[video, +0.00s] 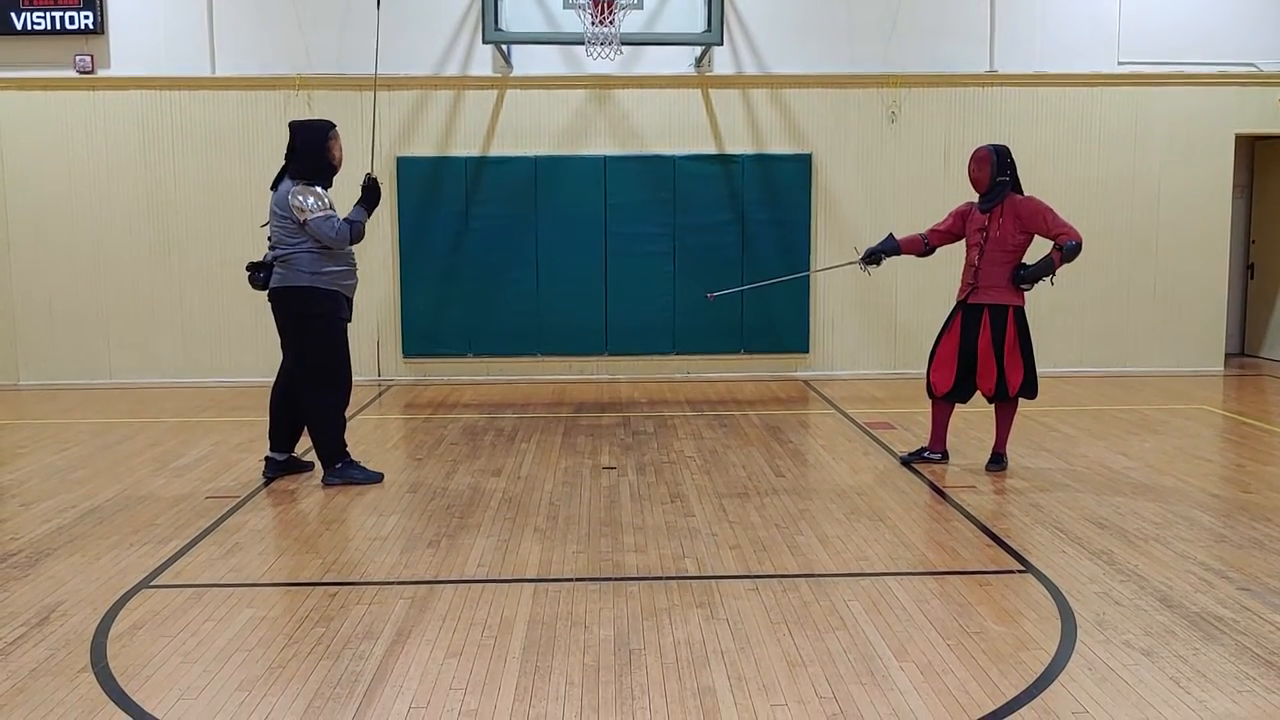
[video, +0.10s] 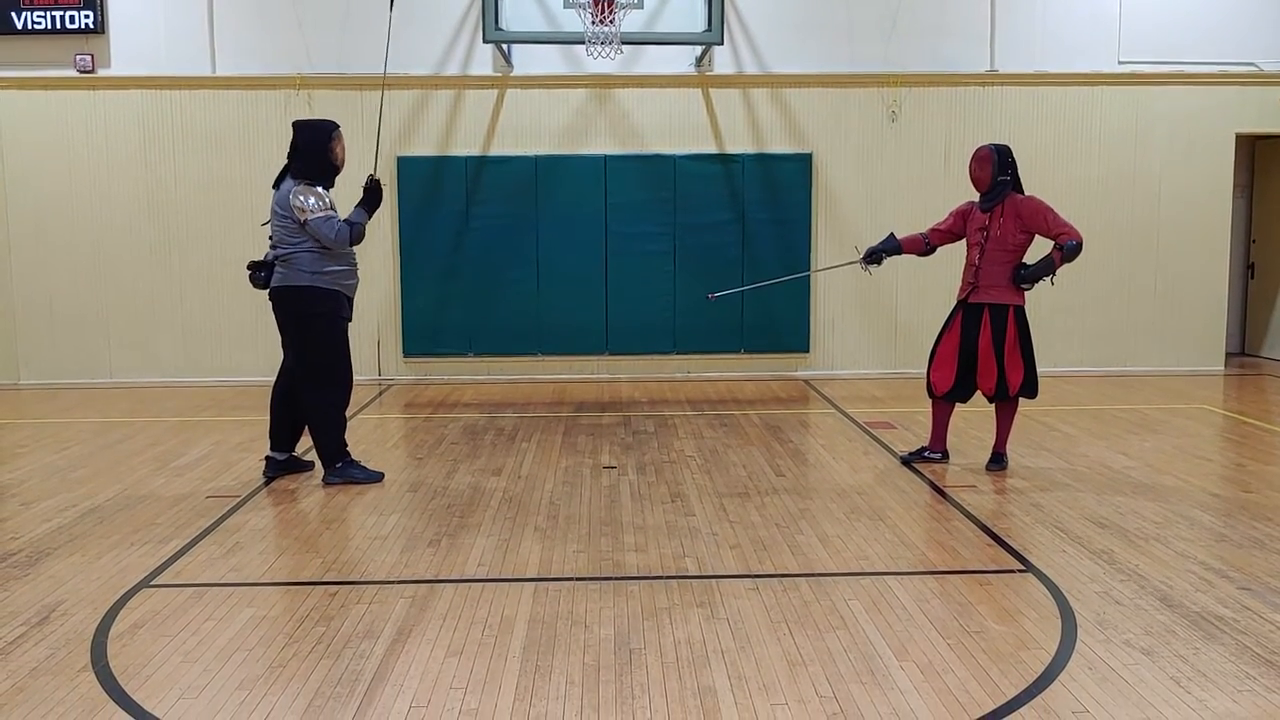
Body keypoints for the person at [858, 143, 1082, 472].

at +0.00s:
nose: (973, 173)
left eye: (979, 166)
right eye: (971, 167)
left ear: (999, 169)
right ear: (973, 170)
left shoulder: (1023, 206)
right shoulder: (969, 212)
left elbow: (1071, 240)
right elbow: (928, 239)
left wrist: (1037, 270)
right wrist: (886, 248)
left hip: (1005, 307)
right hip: (967, 306)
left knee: (1004, 379)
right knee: (943, 371)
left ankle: (999, 451)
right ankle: (936, 447)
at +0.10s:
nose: (973, 173)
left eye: (979, 166)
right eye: (972, 167)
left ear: (1000, 169)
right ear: (975, 170)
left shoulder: (1024, 206)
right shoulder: (970, 211)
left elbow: (1072, 240)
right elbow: (929, 239)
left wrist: (1038, 269)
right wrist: (888, 247)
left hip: (1005, 306)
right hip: (968, 305)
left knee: (1005, 378)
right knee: (943, 370)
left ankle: (999, 451)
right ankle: (936, 446)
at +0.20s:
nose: (975, 172)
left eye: (981, 165)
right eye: (973, 165)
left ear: (1002, 168)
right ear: (975, 169)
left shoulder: (1026, 205)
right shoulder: (971, 211)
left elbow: (1073, 239)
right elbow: (930, 238)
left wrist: (1040, 268)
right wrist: (889, 246)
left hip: (1006, 306)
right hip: (968, 305)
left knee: (1006, 377)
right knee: (944, 369)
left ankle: (1000, 450)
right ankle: (937, 446)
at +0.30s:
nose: (976, 172)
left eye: (982, 164)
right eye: (975, 165)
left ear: (1003, 167)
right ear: (978, 168)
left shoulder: (1027, 204)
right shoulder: (972, 209)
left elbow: (1074, 238)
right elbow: (932, 237)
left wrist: (1040, 268)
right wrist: (890, 245)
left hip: (1008, 305)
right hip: (970, 304)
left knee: (1007, 376)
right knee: (946, 369)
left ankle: (1001, 449)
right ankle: (938, 445)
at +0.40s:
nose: (977, 171)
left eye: (983, 164)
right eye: (976, 164)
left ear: (1004, 167)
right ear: (978, 168)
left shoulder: (1028, 204)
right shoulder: (973, 209)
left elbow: (1075, 237)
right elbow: (933, 237)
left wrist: (1041, 267)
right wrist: (891, 244)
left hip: (1008, 304)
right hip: (971, 303)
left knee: (1008, 376)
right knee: (947, 368)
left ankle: (1002, 449)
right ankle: (939, 445)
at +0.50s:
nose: (978, 170)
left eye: (985, 163)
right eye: (977, 163)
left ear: (1005, 166)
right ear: (979, 167)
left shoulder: (1029, 203)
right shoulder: (975, 208)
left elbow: (1076, 237)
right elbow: (934, 236)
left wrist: (1042, 267)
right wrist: (892, 244)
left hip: (1010, 304)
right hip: (972, 303)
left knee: (1010, 375)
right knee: (947, 368)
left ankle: (1003, 449)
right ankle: (940, 444)